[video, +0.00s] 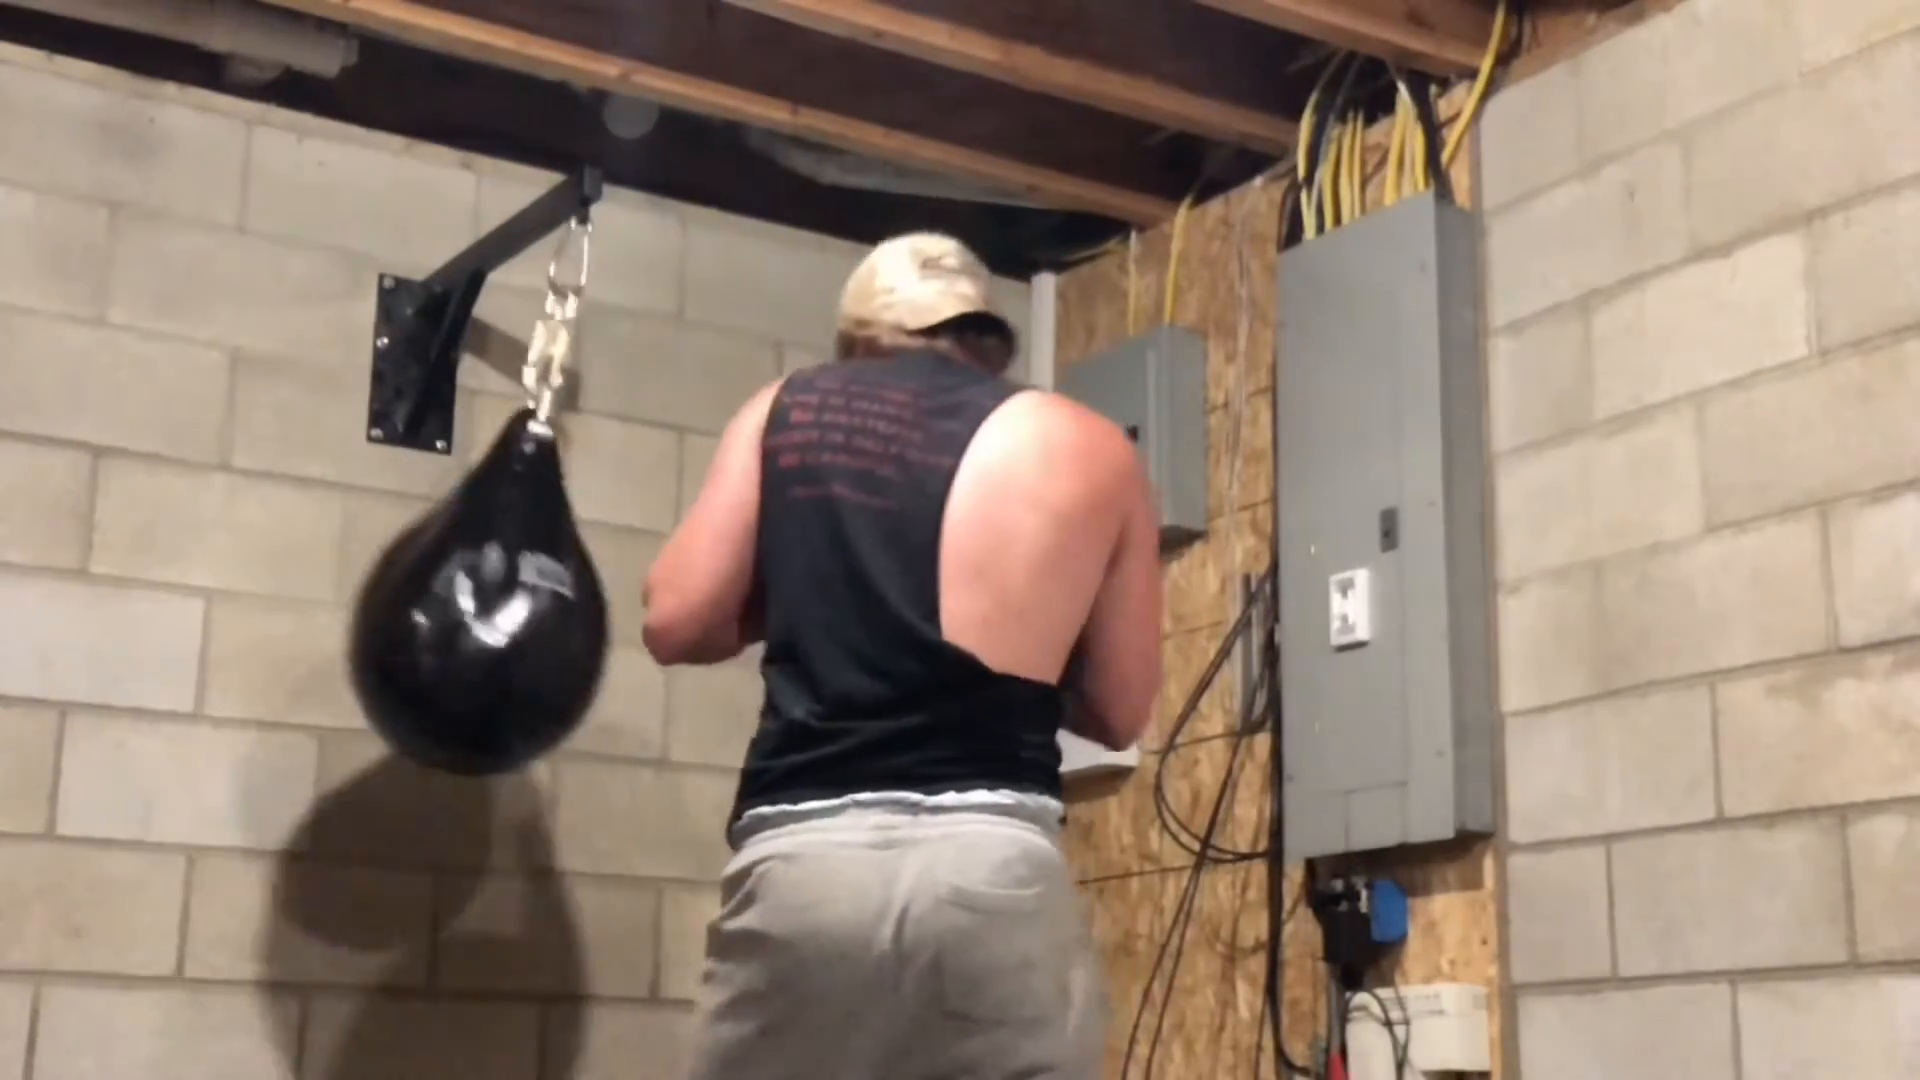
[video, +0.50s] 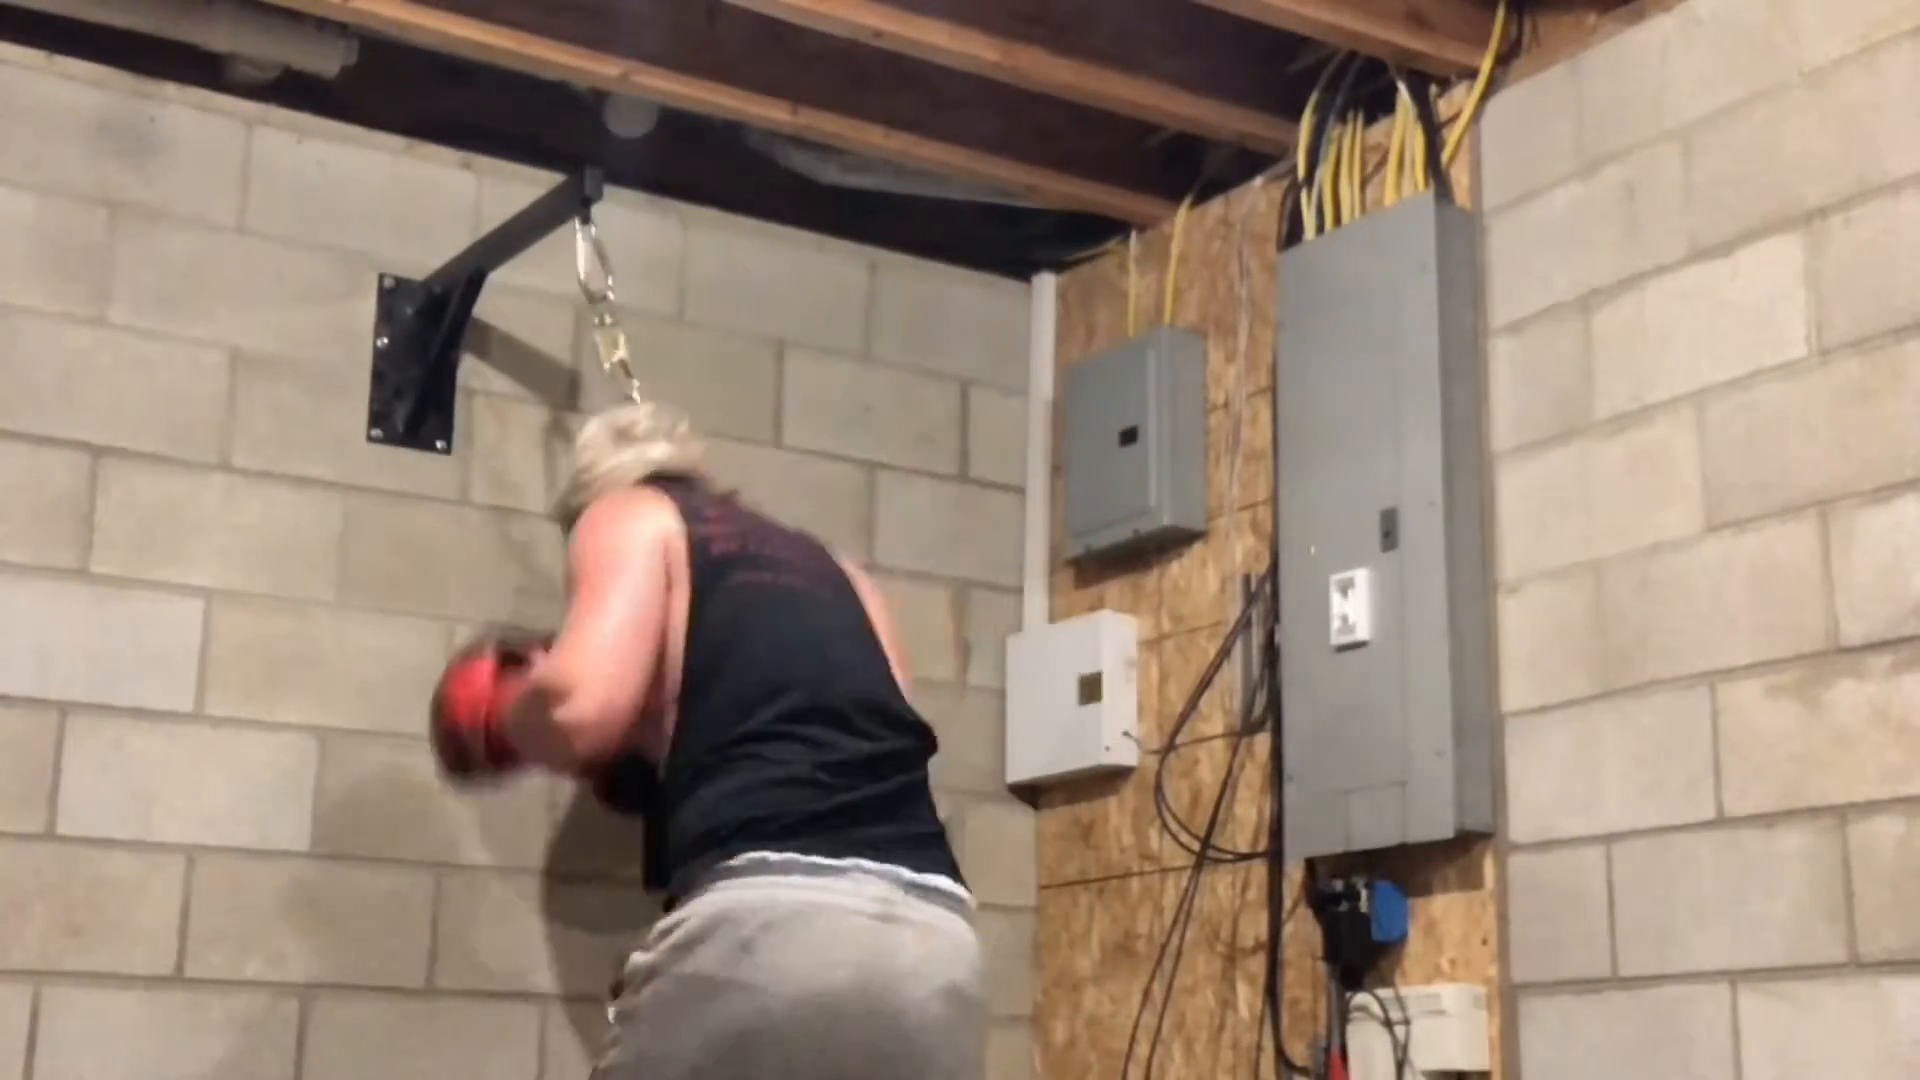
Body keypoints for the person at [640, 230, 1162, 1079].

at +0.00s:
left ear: (854, 339)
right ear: (991, 342)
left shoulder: (778, 412)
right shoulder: (1096, 448)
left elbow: (674, 625)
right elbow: (1119, 711)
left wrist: (798, 578)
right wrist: (1003, 630)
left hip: (802, 868)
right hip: (1003, 872)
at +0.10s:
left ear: (810, 356)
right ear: (947, 357)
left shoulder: (752, 426)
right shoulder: (1062, 466)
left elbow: (648, 639)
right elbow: (1075, 726)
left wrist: (764, 576)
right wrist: (962, 619)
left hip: (783, 884)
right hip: (985, 891)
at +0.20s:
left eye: (739, 392)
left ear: (754, 382)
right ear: (883, 381)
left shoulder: (718, 437)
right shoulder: (1007, 485)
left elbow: (609, 657)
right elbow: (1009, 743)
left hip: (765, 914)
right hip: (965, 914)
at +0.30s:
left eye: (677, 411)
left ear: (695, 402)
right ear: (811, 397)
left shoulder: (684, 449)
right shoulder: (945, 499)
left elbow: (576, 664)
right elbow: (943, 711)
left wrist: (579, 569)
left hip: (757, 924)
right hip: (946, 926)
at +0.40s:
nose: (611, 480)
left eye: (617, 462)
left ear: (639, 437)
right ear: (744, 431)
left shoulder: (656, 475)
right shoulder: (881, 531)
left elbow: (577, 680)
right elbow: (913, 702)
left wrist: (521, 648)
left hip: (765, 925)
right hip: (938, 935)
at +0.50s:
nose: (586, 522)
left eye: (589, 509)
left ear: (601, 488)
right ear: (696, 469)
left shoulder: (633, 513)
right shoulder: (840, 567)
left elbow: (587, 713)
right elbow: (889, 710)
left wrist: (500, 708)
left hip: (763, 930)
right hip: (936, 946)